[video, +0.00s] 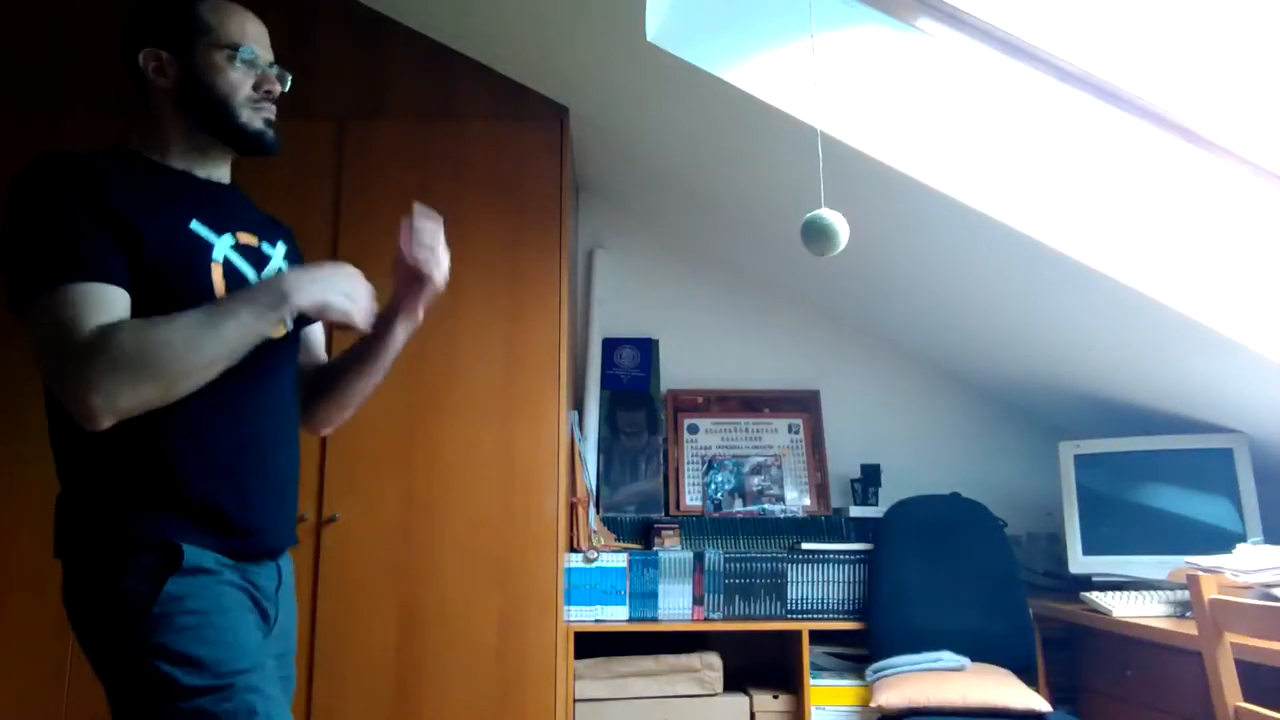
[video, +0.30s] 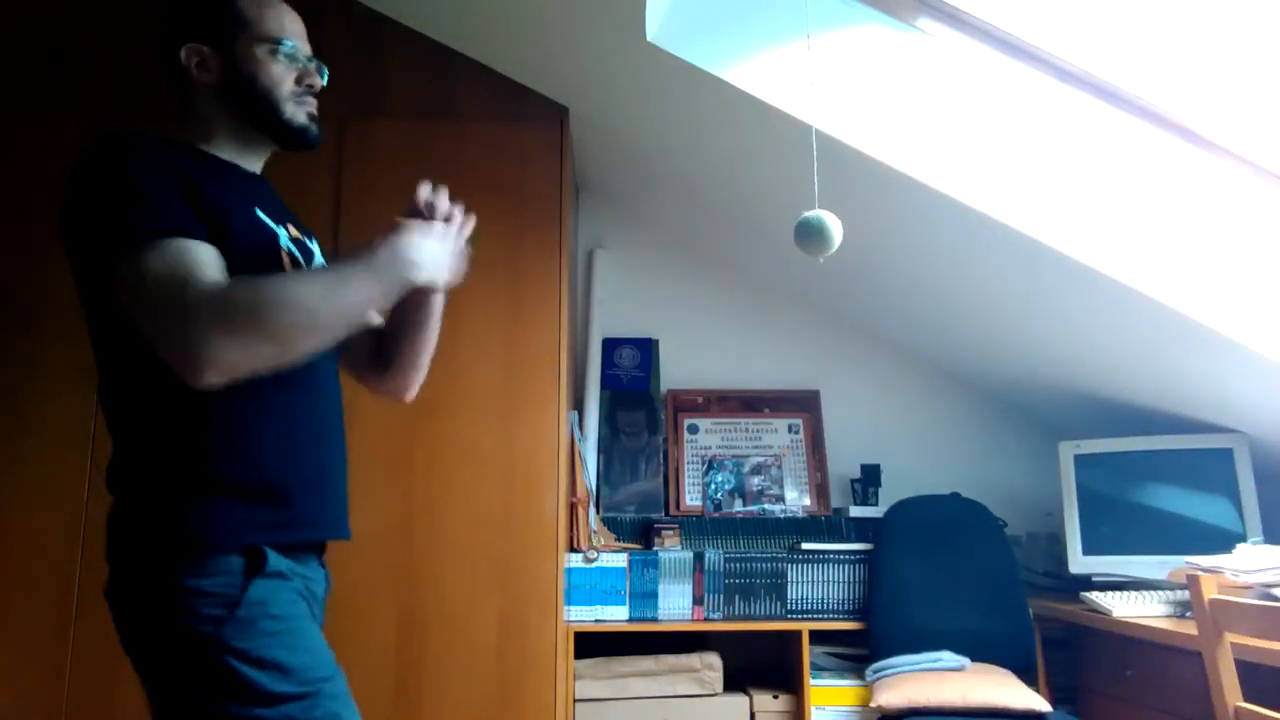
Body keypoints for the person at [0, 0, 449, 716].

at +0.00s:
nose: (272, 82)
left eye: (271, 67)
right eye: (240, 58)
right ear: (162, 69)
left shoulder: (270, 236)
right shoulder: (79, 192)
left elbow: (316, 408)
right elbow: (93, 386)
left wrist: (405, 311)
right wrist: (283, 295)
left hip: (266, 570)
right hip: (163, 571)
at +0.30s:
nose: (314, 74)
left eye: (311, 59)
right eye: (283, 50)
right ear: (203, 64)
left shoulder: (278, 222)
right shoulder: (136, 172)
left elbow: (393, 374)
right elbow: (203, 338)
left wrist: (427, 268)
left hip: (287, 570)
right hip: (214, 572)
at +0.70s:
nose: (364, 85)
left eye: (361, 68)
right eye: (335, 60)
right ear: (255, 65)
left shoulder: (299, 208)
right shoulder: (213, 173)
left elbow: (417, 367)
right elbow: (297, 342)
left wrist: (435, 234)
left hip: (291, 563)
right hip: (245, 567)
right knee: (358, 705)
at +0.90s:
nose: (366, 105)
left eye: (365, 88)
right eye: (344, 76)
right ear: (265, 70)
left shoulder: (221, 190)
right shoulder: (279, 155)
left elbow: (373, 363)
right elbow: (531, 200)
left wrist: (387, 206)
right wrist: (725, 227)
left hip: (203, 566)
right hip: (245, 566)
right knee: (362, 710)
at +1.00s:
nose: (356, 103)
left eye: (356, 85)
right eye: (335, 75)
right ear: (257, 69)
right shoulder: (250, 156)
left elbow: (370, 366)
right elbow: (500, 229)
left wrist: (373, 207)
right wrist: (674, 285)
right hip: (231, 564)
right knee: (358, 705)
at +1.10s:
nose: (350, 102)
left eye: (347, 84)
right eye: (326, 73)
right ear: (249, 69)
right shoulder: (248, 154)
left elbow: (367, 371)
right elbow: (418, 280)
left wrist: (376, 240)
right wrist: (579, 335)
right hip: (250, 572)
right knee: (349, 706)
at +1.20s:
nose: (355, 96)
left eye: (351, 80)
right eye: (328, 69)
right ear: (250, 71)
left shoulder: (246, 183)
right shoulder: (230, 168)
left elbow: (375, 388)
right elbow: (297, 361)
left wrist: (383, 261)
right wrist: (467, 335)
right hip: (241, 577)